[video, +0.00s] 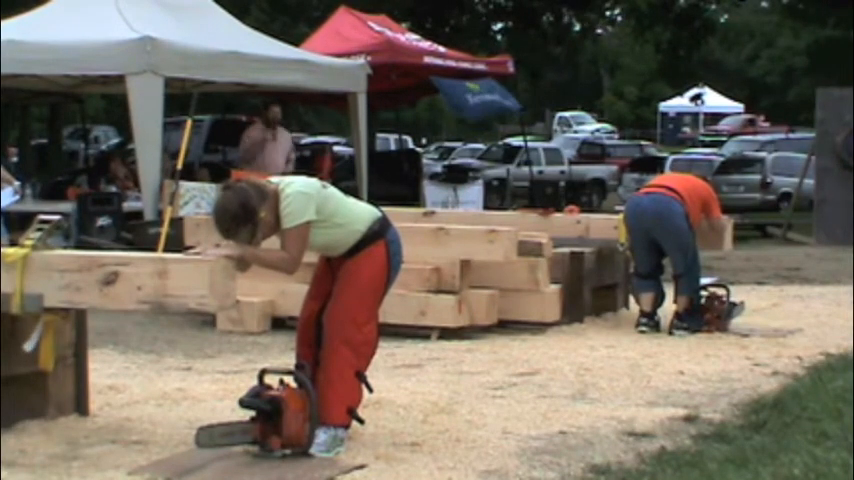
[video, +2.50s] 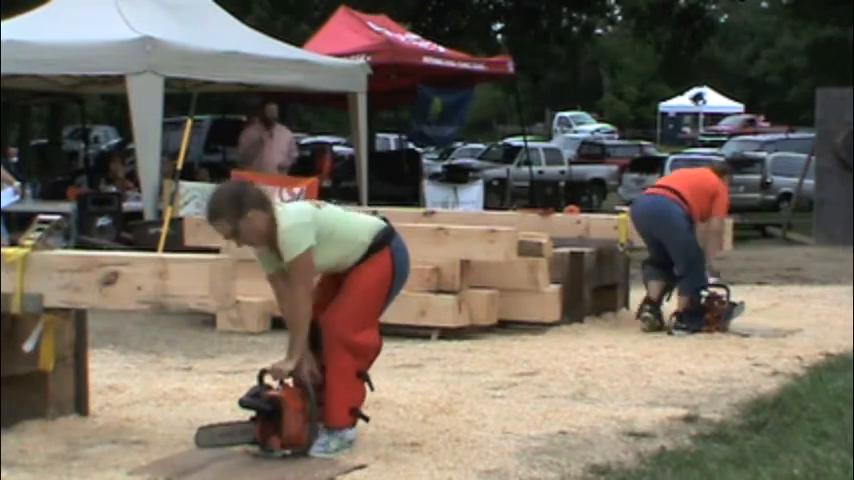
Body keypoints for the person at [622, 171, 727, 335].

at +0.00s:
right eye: (711, 191)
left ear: (689, 175)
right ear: (707, 183)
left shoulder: (670, 178)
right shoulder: (706, 189)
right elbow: (716, 223)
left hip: (635, 204)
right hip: (668, 207)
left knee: (645, 269)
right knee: (686, 268)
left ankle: (646, 316)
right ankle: (682, 318)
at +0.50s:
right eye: (711, 191)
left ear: (689, 176)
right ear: (707, 184)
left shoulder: (671, 178)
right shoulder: (706, 189)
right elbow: (717, 223)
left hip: (635, 205)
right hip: (668, 206)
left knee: (645, 270)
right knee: (686, 268)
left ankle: (646, 316)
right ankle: (682, 318)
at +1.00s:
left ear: (688, 175)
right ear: (707, 183)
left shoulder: (670, 178)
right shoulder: (705, 189)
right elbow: (716, 222)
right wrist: (725, 222)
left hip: (635, 205)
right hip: (668, 207)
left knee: (645, 270)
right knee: (686, 268)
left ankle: (646, 316)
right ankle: (682, 318)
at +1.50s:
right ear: (707, 184)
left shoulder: (670, 178)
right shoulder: (706, 189)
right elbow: (717, 222)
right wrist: (725, 222)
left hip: (636, 204)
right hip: (669, 206)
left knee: (645, 269)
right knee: (687, 268)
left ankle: (646, 316)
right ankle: (682, 318)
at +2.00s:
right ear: (710, 186)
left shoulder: (673, 179)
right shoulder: (708, 190)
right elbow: (718, 225)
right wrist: (725, 224)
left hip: (640, 204)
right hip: (673, 206)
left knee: (646, 270)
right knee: (688, 269)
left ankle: (646, 316)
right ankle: (682, 318)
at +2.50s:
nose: (728, 183)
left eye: (728, 180)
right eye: (728, 180)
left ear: (710, 170)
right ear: (724, 177)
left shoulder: (690, 174)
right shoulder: (719, 187)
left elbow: (697, 226)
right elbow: (715, 228)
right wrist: (711, 263)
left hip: (642, 203)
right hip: (670, 208)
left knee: (661, 261)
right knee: (691, 263)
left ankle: (651, 305)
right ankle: (684, 315)